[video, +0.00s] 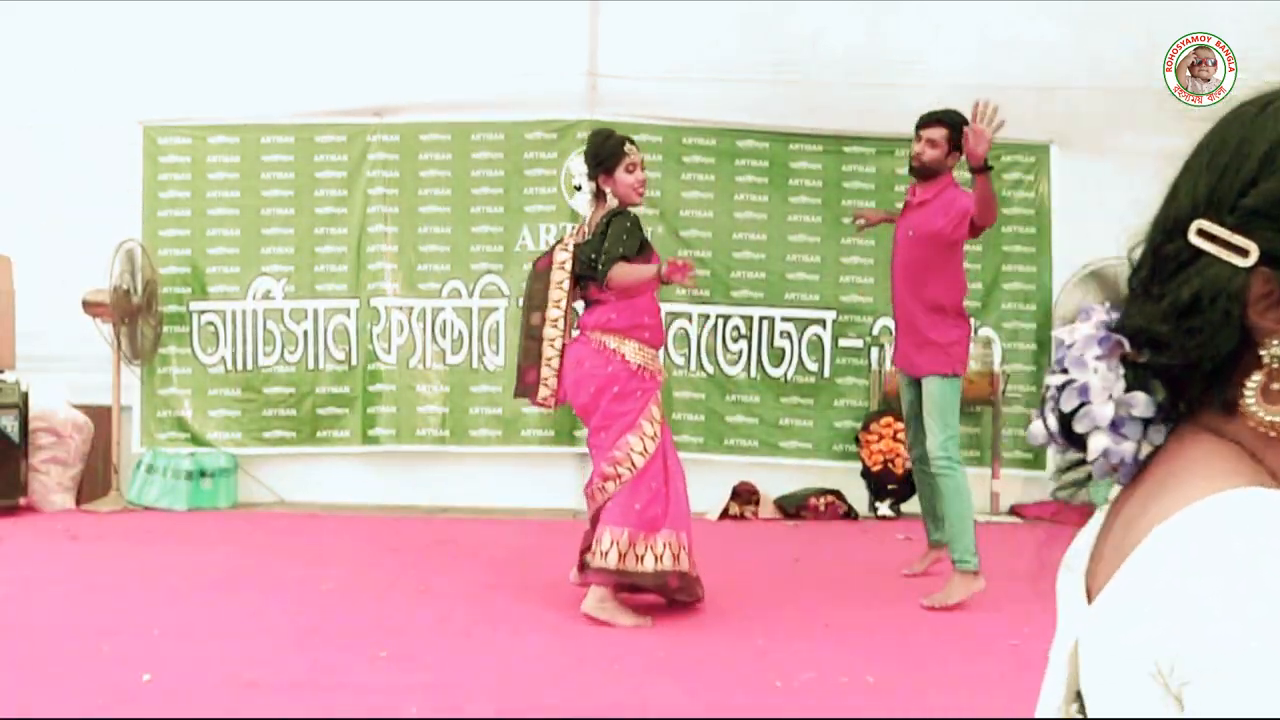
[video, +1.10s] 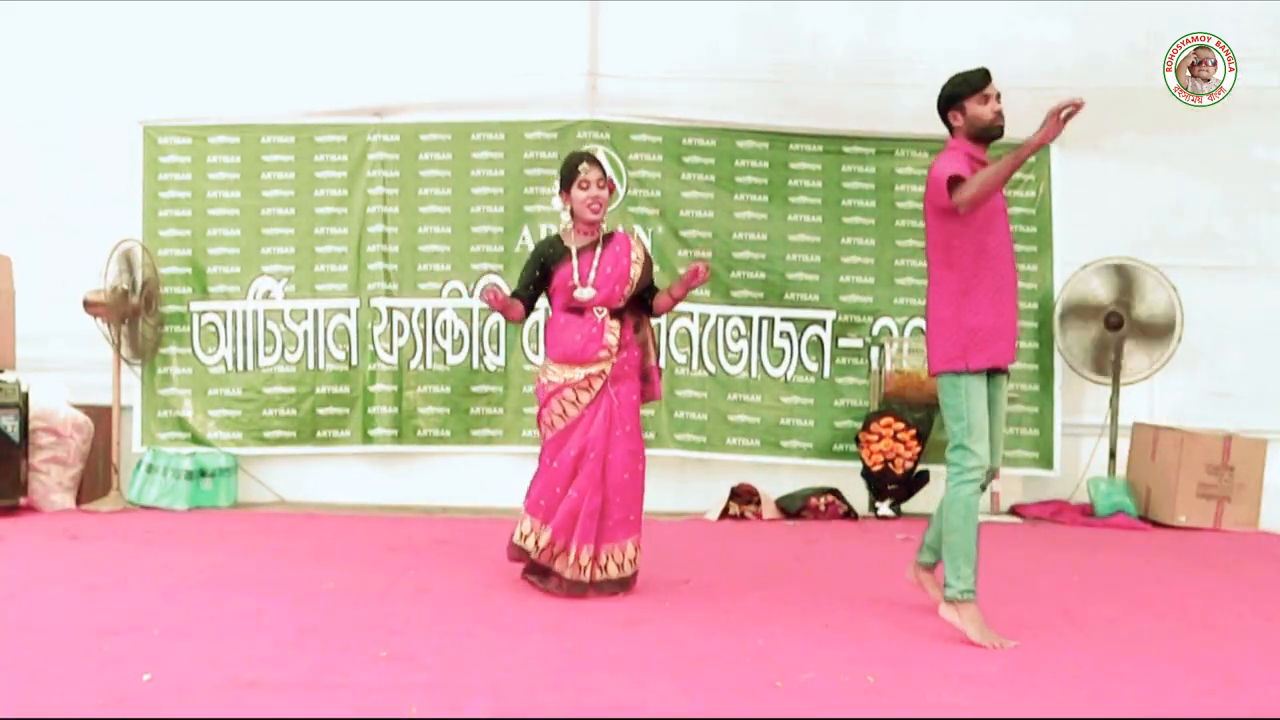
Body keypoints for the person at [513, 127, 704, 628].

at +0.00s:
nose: (641, 177)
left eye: (641, 167)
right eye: (631, 169)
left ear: (615, 177)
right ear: (605, 179)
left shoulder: (594, 227)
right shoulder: (622, 222)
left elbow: (584, 283)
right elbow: (613, 275)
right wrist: (661, 272)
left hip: (602, 363)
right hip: (620, 367)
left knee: (625, 468)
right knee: (637, 470)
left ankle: (608, 579)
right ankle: (602, 592)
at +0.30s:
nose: (628, 194)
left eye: (630, 184)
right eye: (617, 186)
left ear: (632, 189)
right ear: (592, 197)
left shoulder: (618, 247)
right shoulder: (594, 247)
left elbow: (625, 313)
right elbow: (596, 318)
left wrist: (664, 320)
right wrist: (658, 326)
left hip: (617, 381)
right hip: (594, 382)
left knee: (633, 478)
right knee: (621, 480)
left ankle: (611, 587)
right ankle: (599, 596)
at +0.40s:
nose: (621, 191)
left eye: (623, 182)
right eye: (609, 184)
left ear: (627, 188)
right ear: (584, 193)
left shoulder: (629, 242)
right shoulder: (574, 247)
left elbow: (658, 306)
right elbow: (589, 312)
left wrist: (653, 274)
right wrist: (642, 286)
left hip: (618, 377)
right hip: (574, 377)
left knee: (633, 469)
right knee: (588, 473)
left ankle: (626, 572)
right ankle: (565, 573)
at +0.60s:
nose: (601, 188)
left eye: (607, 179)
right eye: (590, 179)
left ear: (614, 186)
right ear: (568, 186)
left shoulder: (627, 237)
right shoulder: (549, 240)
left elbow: (641, 294)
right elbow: (536, 304)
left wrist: (606, 273)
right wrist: (580, 282)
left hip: (614, 362)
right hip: (561, 364)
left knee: (612, 454)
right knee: (558, 456)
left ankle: (610, 559)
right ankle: (544, 546)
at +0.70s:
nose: (592, 198)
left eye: (598, 190)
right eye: (581, 189)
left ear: (606, 197)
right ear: (561, 196)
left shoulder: (623, 250)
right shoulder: (542, 253)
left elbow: (636, 312)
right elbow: (519, 315)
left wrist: (597, 300)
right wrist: (544, 322)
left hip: (609, 375)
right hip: (557, 377)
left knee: (607, 465)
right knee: (558, 465)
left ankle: (608, 566)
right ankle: (562, 565)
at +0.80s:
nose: (584, 197)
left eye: (591, 189)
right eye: (574, 188)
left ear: (599, 198)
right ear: (554, 196)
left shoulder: (615, 252)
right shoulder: (536, 254)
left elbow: (644, 305)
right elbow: (513, 311)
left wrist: (639, 308)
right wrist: (480, 326)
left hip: (604, 375)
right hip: (553, 378)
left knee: (598, 466)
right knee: (552, 465)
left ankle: (595, 568)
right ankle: (553, 562)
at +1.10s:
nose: (595, 195)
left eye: (602, 186)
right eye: (584, 186)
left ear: (611, 193)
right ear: (566, 196)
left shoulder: (628, 247)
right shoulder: (550, 250)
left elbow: (651, 306)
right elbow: (519, 311)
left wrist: (683, 285)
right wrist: (498, 298)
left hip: (617, 376)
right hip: (565, 376)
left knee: (614, 466)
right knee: (566, 464)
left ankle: (608, 564)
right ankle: (560, 560)